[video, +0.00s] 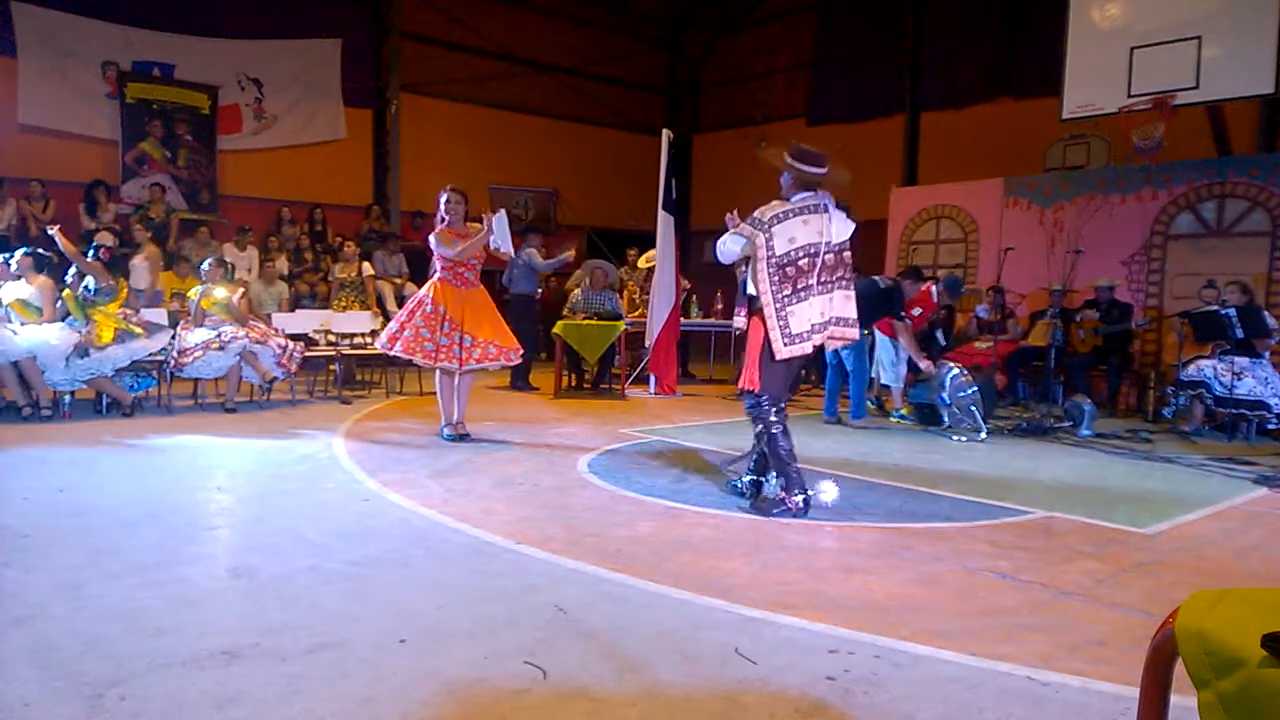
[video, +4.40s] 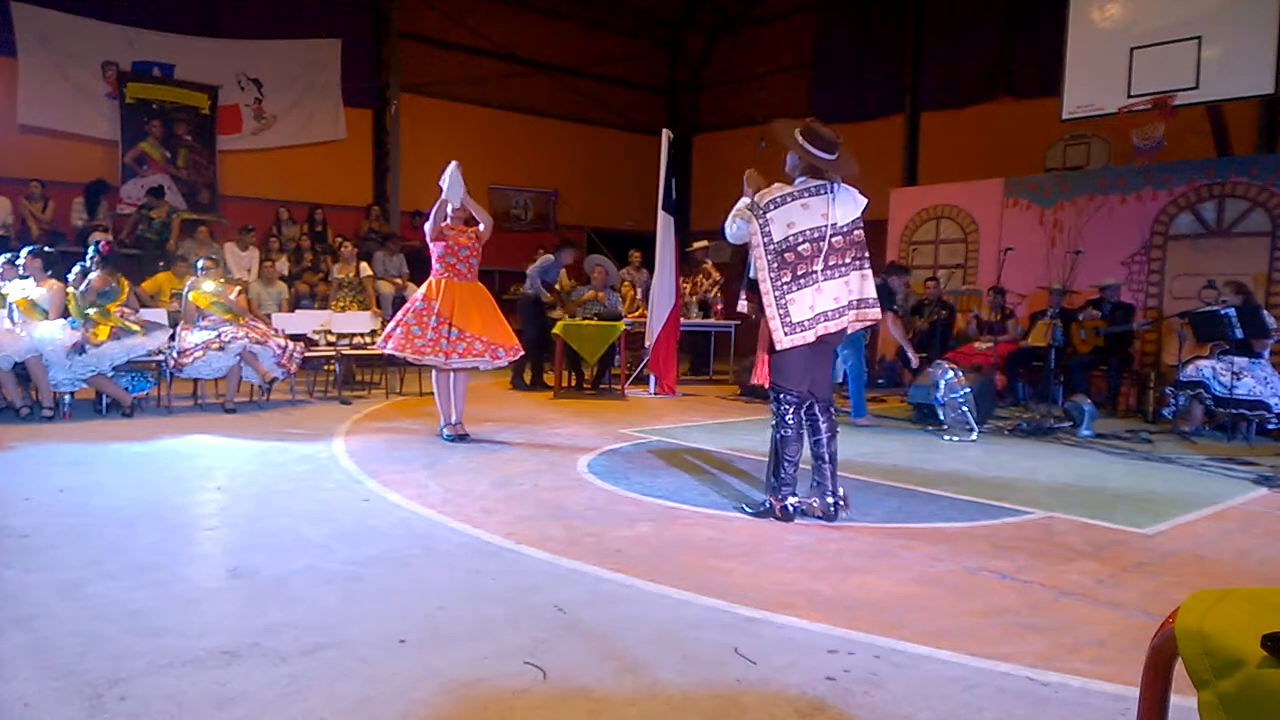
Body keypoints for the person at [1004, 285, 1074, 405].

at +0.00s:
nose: (1056, 299)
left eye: (1059, 296)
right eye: (1054, 295)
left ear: (1063, 297)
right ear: (1049, 296)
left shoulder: (1068, 314)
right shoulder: (1036, 315)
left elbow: (1068, 337)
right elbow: (1029, 333)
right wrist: (1025, 341)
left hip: (1055, 348)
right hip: (1035, 347)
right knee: (1012, 359)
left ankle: (1043, 397)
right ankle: (1013, 395)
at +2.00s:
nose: (1055, 299)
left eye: (1058, 296)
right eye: (1053, 295)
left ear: (1063, 298)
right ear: (1049, 296)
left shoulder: (1067, 314)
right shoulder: (1036, 315)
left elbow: (1068, 339)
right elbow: (1028, 334)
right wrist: (1023, 342)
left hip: (1055, 348)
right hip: (1035, 347)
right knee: (1012, 358)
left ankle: (1041, 397)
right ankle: (1013, 395)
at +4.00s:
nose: (1054, 298)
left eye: (1058, 295)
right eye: (1052, 295)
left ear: (1063, 297)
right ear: (1048, 295)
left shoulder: (1068, 315)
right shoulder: (1036, 315)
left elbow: (1068, 340)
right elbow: (1028, 336)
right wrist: (1024, 342)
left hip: (1055, 348)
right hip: (1035, 348)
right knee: (1012, 359)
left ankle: (1041, 399)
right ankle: (1013, 395)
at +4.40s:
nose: (1055, 298)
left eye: (1058, 295)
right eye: (1053, 294)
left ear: (1063, 296)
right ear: (1049, 295)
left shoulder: (1068, 315)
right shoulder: (1036, 316)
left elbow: (1069, 340)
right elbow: (1028, 336)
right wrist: (1024, 343)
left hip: (1057, 349)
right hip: (1036, 348)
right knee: (1012, 358)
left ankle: (1043, 399)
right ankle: (1012, 396)